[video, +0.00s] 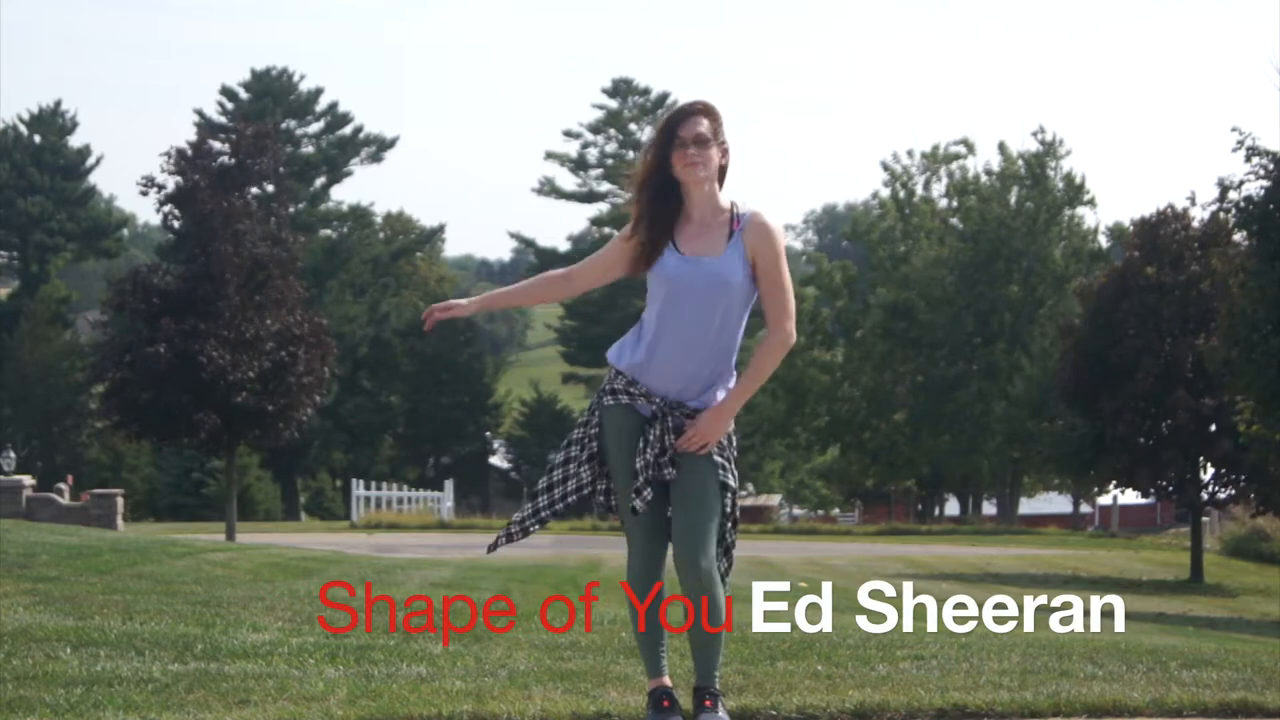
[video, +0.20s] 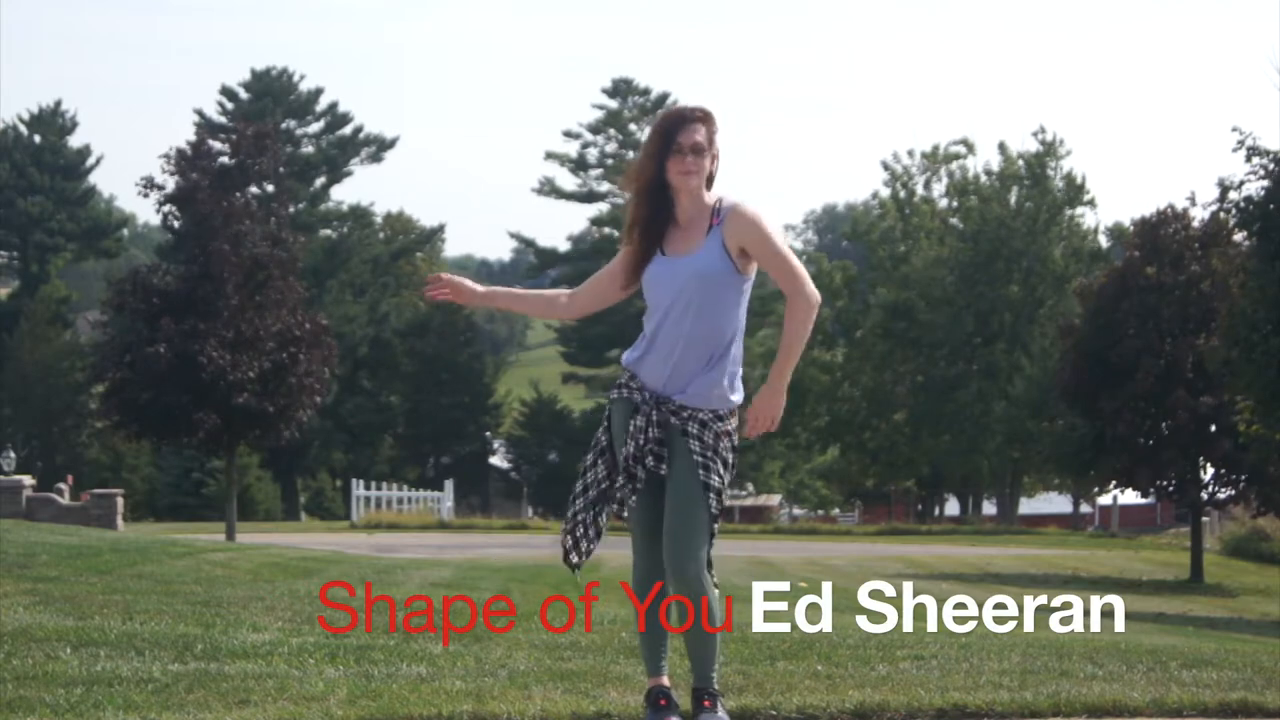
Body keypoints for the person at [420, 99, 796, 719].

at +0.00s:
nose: (694, 151)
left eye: (704, 141)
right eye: (683, 144)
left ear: (724, 152)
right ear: (666, 158)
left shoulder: (755, 231)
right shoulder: (652, 232)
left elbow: (784, 331)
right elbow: (567, 281)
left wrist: (727, 409)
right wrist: (474, 304)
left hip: (704, 410)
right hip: (632, 399)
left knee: (696, 556)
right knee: (646, 551)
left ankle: (708, 692)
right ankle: (659, 686)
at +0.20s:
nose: (693, 159)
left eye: (702, 150)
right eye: (682, 150)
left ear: (716, 159)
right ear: (660, 159)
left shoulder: (738, 222)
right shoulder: (650, 238)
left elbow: (805, 298)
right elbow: (573, 302)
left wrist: (775, 388)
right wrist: (480, 295)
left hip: (703, 414)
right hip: (640, 406)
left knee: (687, 562)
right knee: (647, 558)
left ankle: (707, 693)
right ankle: (658, 685)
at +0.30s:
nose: (694, 162)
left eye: (703, 153)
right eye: (682, 152)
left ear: (713, 159)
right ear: (660, 159)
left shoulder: (730, 218)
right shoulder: (647, 241)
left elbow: (819, 268)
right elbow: (575, 310)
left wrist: (826, 354)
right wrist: (485, 301)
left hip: (707, 411)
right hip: (647, 406)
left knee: (685, 561)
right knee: (646, 555)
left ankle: (705, 695)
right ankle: (658, 685)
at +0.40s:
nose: (696, 161)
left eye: (704, 151)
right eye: (684, 151)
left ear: (713, 157)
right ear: (657, 157)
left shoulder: (728, 217)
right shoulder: (642, 240)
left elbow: (821, 250)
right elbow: (574, 311)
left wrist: (877, 299)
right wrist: (482, 317)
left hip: (713, 412)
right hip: (651, 408)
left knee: (691, 561)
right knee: (649, 560)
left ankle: (707, 695)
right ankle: (660, 688)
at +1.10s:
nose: (693, 165)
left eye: (702, 156)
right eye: (683, 154)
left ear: (708, 162)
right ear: (658, 154)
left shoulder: (712, 234)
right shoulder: (620, 222)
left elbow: (779, 304)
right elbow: (589, 314)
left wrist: (832, 248)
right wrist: (542, 390)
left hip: (736, 405)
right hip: (667, 407)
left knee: (724, 553)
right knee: (685, 557)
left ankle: (714, 690)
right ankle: (667, 692)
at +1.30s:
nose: (695, 161)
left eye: (704, 151)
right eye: (684, 150)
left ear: (713, 159)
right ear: (662, 154)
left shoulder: (699, 230)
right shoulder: (642, 213)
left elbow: (730, 330)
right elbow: (613, 309)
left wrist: (792, 300)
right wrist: (585, 395)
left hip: (722, 409)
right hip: (670, 406)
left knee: (724, 554)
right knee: (690, 556)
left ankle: (714, 695)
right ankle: (667, 697)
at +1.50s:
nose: (699, 157)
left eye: (708, 147)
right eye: (688, 147)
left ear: (718, 155)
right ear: (666, 154)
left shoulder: (697, 223)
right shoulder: (665, 211)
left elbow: (696, 331)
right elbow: (628, 307)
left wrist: (754, 366)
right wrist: (612, 397)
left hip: (704, 402)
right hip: (661, 397)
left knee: (720, 544)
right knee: (685, 543)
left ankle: (713, 694)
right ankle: (665, 696)